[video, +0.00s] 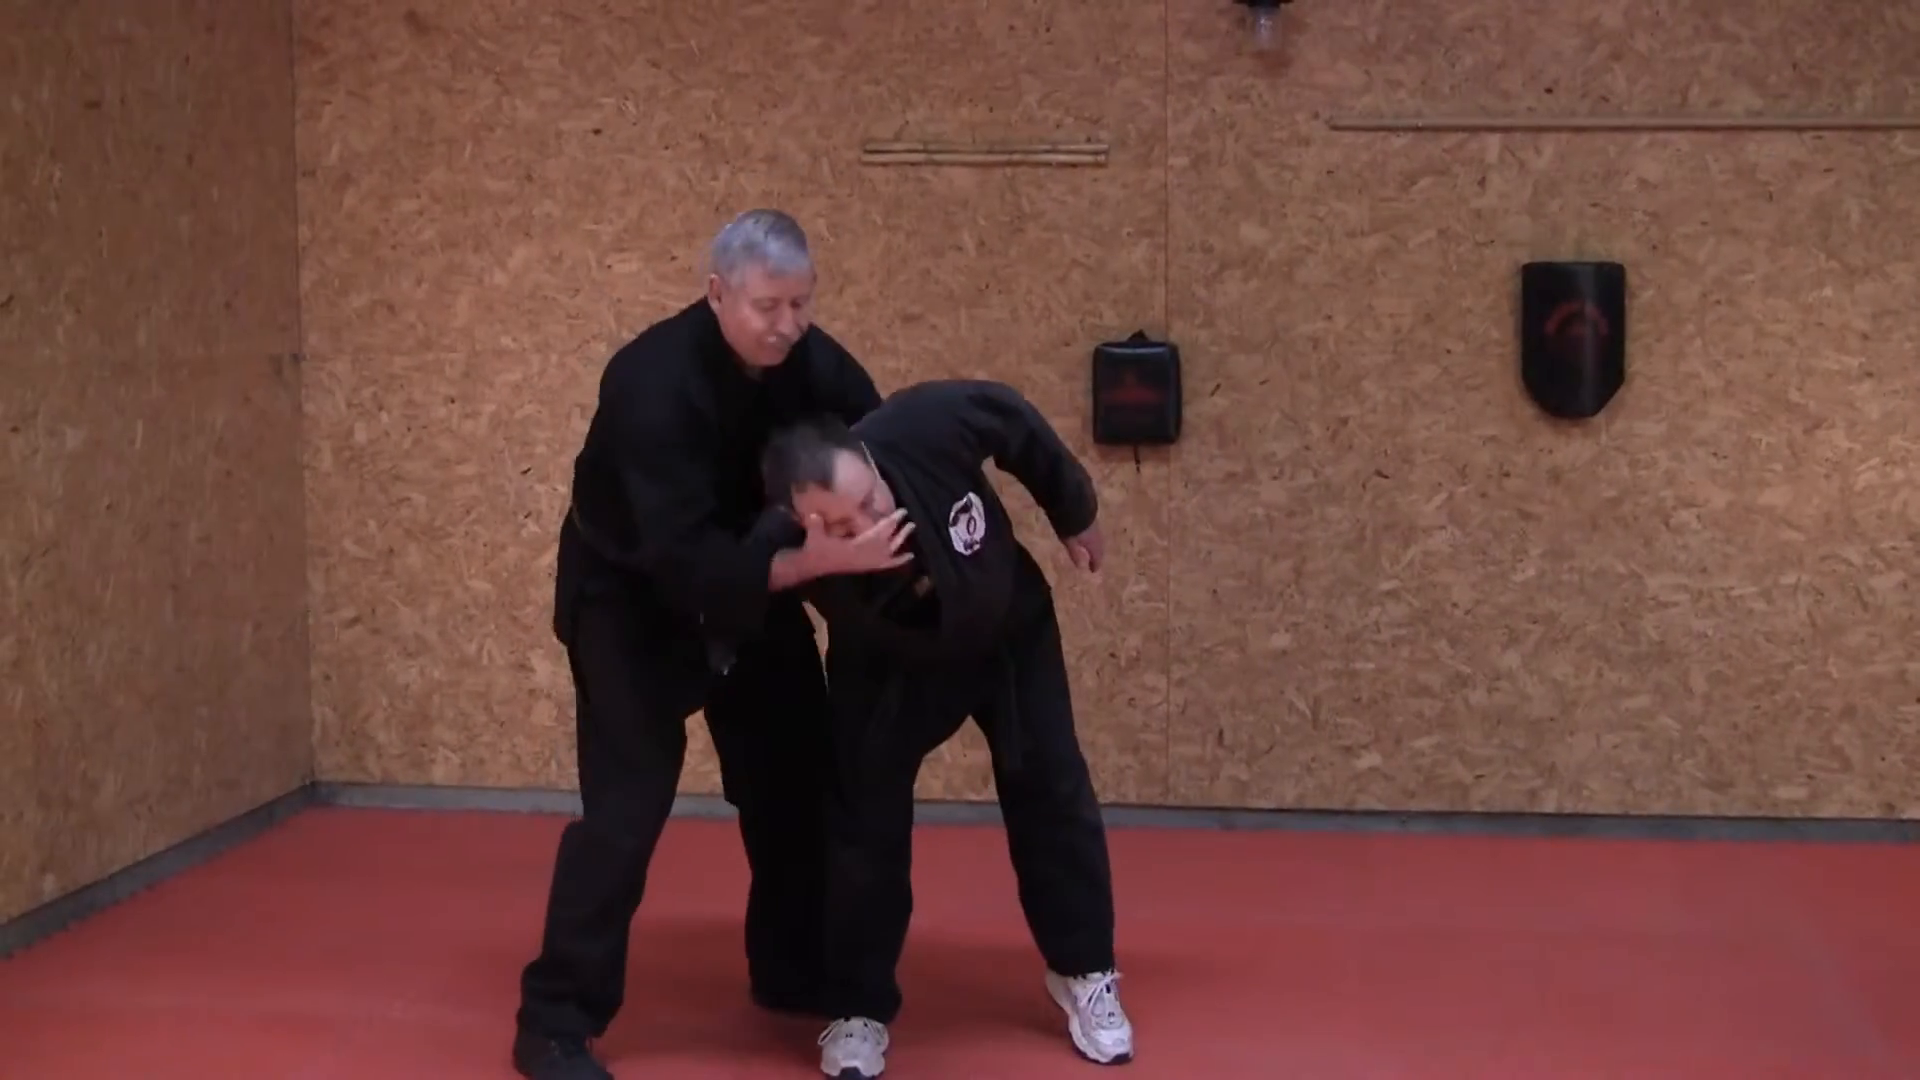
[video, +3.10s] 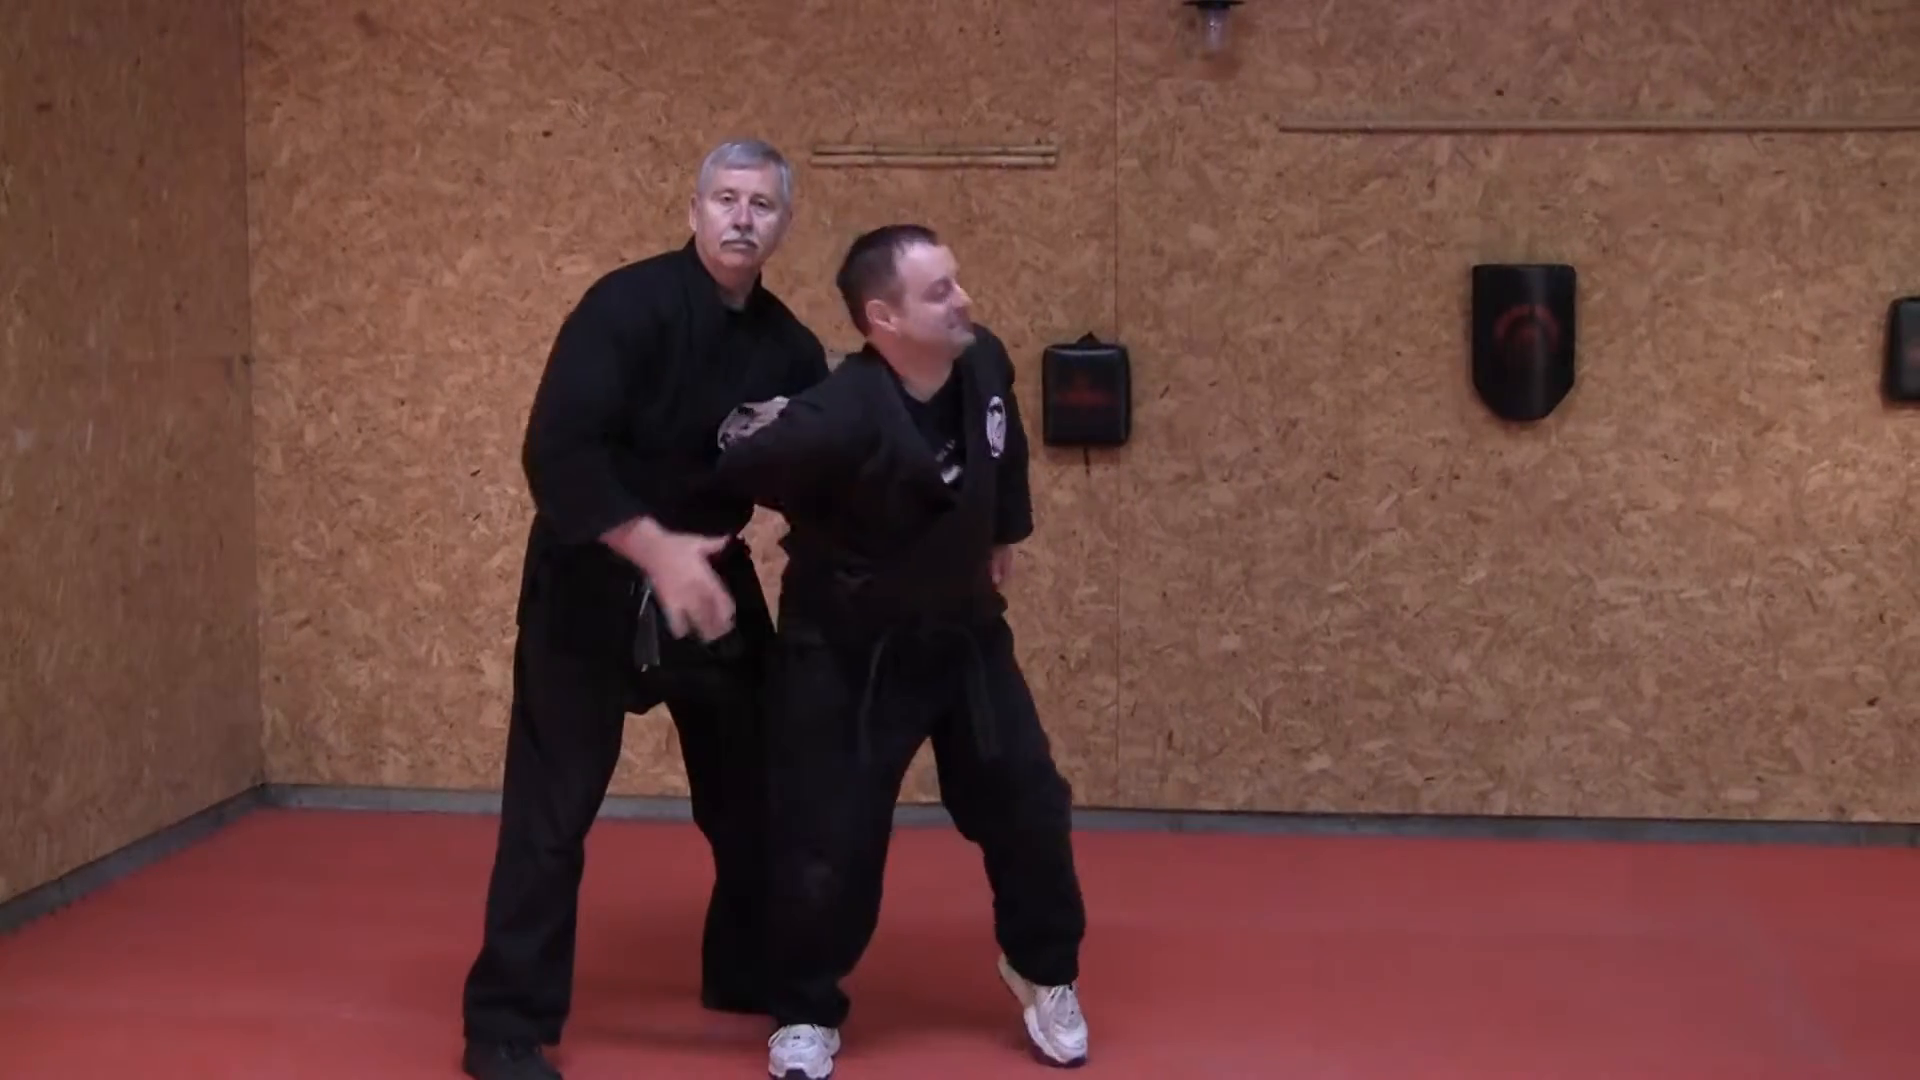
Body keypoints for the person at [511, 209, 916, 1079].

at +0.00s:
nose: (788, 325)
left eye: (800, 305)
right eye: (767, 305)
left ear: (812, 299)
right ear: (715, 292)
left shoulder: (825, 374)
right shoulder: (651, 382)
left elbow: (886, 479)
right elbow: (676, 562)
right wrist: (814, 560)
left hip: (754, 596)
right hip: (630, 602)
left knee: (798, 780)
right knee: (629, 800)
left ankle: (795, 973)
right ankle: (558, 1029)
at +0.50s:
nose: (777, 250)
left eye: (794, 236)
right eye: (758, 233)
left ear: (810, 248)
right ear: (717, 243)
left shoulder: (808, 338)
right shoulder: (664, 348)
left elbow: (840, 499)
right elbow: (704, 505)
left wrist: (843, 415)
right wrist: (793, 407)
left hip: (753, 584)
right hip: (638, 589)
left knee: (810, 771)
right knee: (622, 808)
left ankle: (790, 976)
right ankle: (549, 1034)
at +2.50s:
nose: (743, 220)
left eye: (761, 208)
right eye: (725, 203)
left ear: (783, 228)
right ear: (692, 215)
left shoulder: (789, 316)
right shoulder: (633, 304)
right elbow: (684, 402)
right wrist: (834, 335)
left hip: (711, 578)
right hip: (593, 576)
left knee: (756, 791)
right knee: (555, 813)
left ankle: (748, 977)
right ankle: (511, 1037)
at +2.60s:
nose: (742, 219)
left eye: (761, 207)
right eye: (725, 202)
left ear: (782, 229)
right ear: (692, 215)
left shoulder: (783, 329)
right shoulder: (630, 305)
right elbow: (678, 403)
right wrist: (828, 355)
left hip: (710, 579)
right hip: (591, 575)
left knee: (754, 791)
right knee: (555, 813)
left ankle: (748, 980)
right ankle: (511, 1037)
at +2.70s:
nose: (742, 219)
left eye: (762, 208)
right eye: (726, 202)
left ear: (783, 229)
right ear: (693, 214)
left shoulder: (786, 342)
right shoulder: (629, 304)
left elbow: (823, 467)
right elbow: (661, 410)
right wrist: (813, 384)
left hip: (707, 578)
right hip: (589, 572)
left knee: (752, 791)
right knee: (554, 809)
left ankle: (748, 980)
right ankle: (512, 1034)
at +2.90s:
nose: (744, 220)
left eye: (763, 207)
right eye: (728, 202)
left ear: (783, 226)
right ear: (693, 209)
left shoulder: (786, 345)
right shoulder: (626, 305)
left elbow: (822, 452)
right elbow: (617, 443)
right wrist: (752, 466)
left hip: (706, 577)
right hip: (588, 576)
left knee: (752, 789)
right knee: (552, 814)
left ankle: (746, 978)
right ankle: (510, 1038)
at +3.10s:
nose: (742, 219)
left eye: (762, 206)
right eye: (727, 201)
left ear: (785, 224)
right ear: (695, 209)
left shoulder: (791, 349)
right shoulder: (624, 307)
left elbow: (828, 478)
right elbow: (557, 451)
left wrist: (791, 441)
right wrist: (654, 550)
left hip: (712, 578)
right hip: (589, 576)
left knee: (756, 789)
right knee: (551, 815)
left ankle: (747, 971)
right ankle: (508, 1032)